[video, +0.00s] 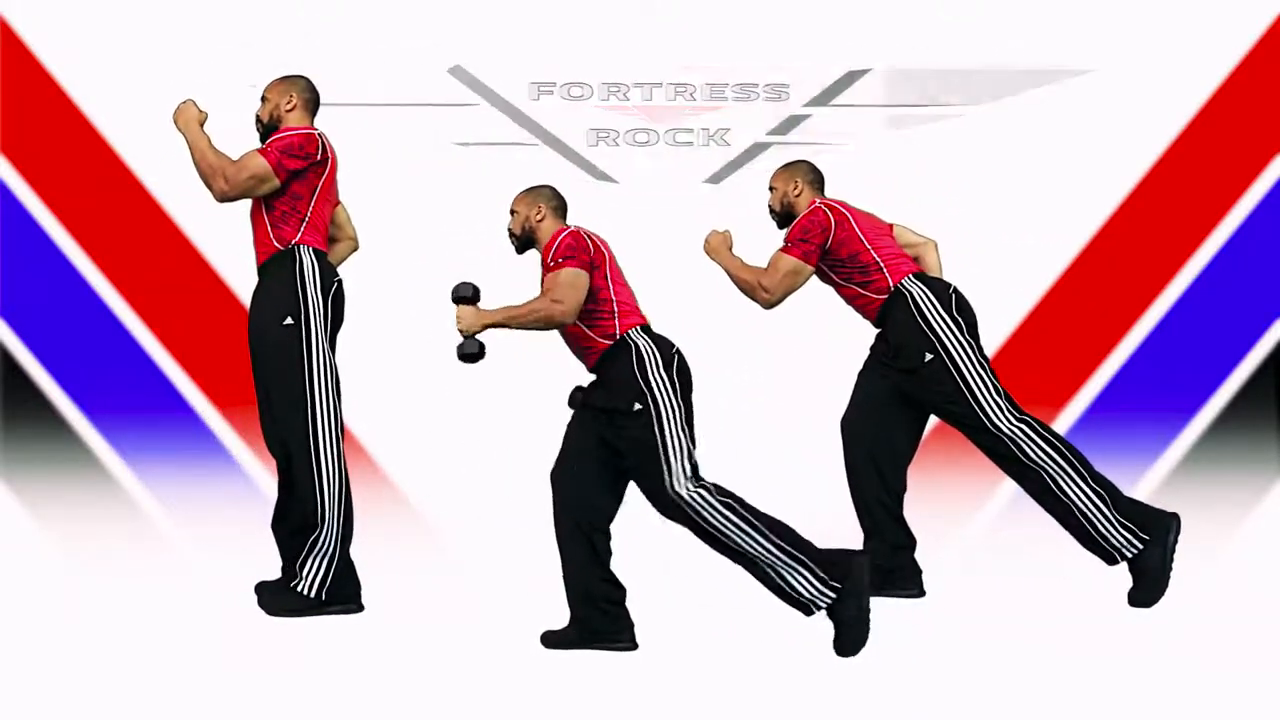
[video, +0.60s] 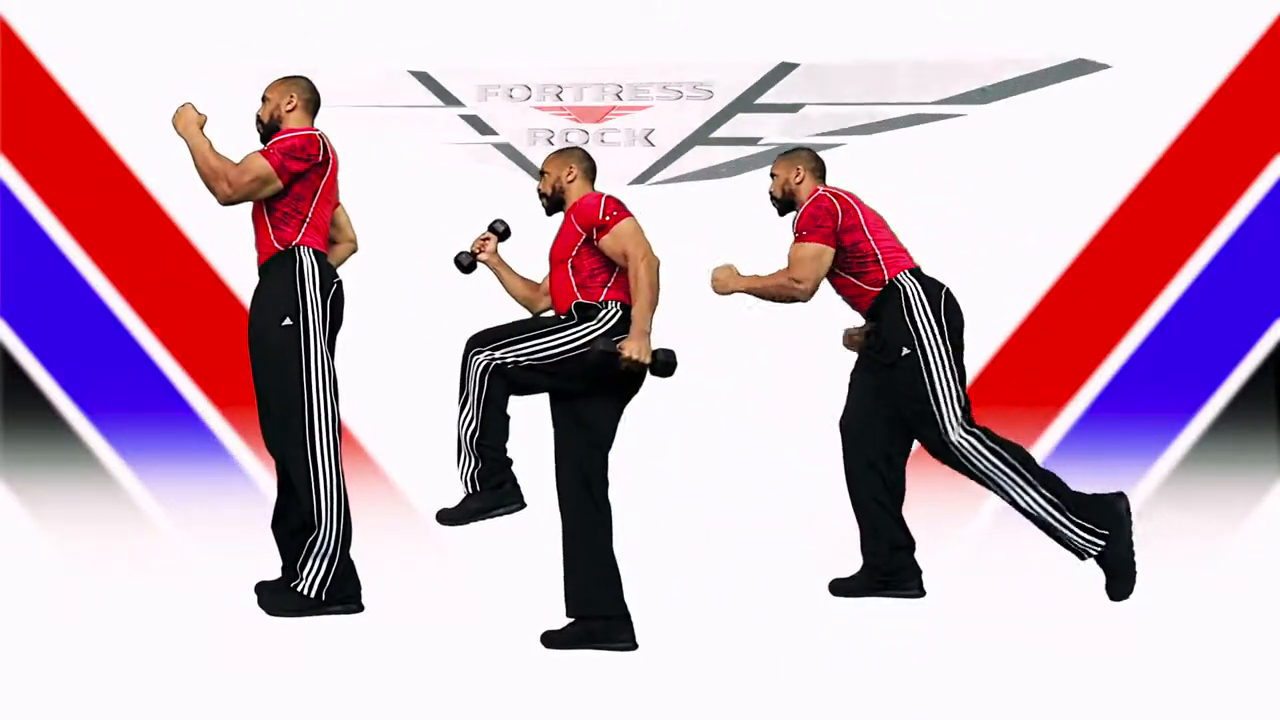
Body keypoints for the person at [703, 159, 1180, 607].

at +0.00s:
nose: (768, 201)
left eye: (774, 190)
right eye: (769, 193)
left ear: (802, 187)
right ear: (810, 191)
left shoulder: (817, 219)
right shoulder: (848, 220)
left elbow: (767, 290)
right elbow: (924, 249)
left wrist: (723, 256)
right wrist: (939, 315)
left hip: (920, 309)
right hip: (904, 324)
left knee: (1003, 430)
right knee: (866, 435)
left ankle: (1141, 533)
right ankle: (891, 566)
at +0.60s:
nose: (769, 184)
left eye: (775, 175)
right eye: (769, 177)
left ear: (802, 173)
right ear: (805, 177)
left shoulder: (822, 204)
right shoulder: (837, 212)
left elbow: (799, 283)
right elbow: (887, 279)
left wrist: (740, 283)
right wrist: (872, 330)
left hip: (911, 306)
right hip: (889, 325)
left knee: (950, 434)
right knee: (866, 440)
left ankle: (1096, 525)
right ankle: (889, 568)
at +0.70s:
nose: (778, 173)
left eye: (782, 163)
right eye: (778, 165)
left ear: (805, 161)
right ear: (812, 163)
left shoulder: (831, 190)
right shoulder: (838, 202)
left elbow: (837, 263)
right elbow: (866, 291)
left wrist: (771, 297)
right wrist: (816, 312)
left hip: (912, 298)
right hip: (888, 314)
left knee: (892, 427)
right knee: (866, 430)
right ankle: (890, 568)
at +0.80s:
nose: (789, 164)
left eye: (794, 155)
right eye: (789, 157)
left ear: (819, 152)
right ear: (821, 154)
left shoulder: (844, 178)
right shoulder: (835, 206)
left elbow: (875, 239)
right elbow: (836, 286)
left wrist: (828, 297)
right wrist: (779, 275)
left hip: (908, 288)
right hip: (903, 298)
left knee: (825, 383)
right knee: (884, 425)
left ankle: (897, 500)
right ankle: (890, 567)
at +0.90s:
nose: (797, 154)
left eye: (801, 144)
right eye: (797, 147)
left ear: (825, 141)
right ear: (830, 143)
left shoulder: (853, 167)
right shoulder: (846, 199)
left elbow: (900, 211)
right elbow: (812, 265)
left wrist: (890, 287)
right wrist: (762, 236)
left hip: (896, 286)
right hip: (906, 300)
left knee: (789, 331)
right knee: (884, 438)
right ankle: (891, 568)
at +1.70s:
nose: (794, 154)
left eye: (798, 144)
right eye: (795, 147)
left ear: (822, 141)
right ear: (825, 143)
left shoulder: (852, 169)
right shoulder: (840, 200)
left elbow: (900, 218)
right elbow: (825, 276)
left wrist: (878, 290)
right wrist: (768, 258)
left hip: (894, 287)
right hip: (899, 308)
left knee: (779, 322)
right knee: (874, 441)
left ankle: (810, 452)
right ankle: (891, 576)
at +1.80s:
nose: (786, 160)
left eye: (790, 150)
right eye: (786, 153)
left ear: (814, 146)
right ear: (822, 147)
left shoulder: (844, 175)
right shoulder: (834, 196)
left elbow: (864, 242)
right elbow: (860, 270)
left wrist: (805, 298)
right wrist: (821, 304)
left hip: (896, 282)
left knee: (809, 371)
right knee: (878, 443)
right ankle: (895, 586)